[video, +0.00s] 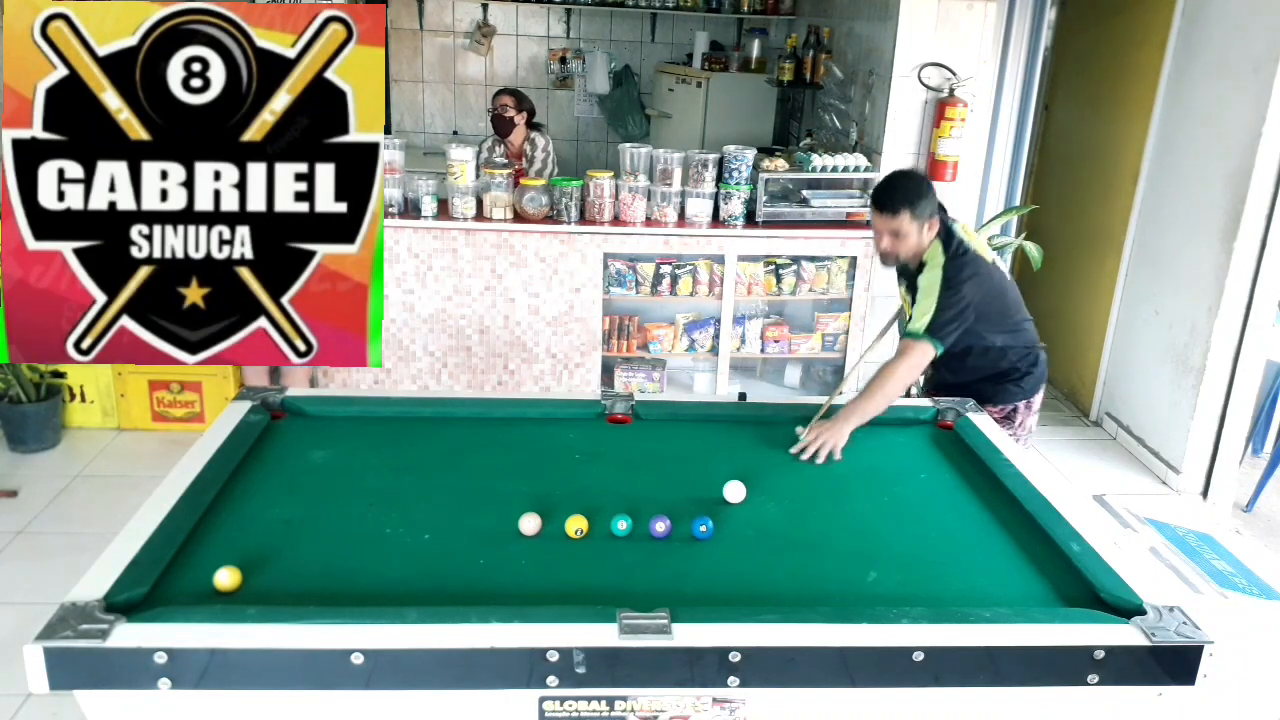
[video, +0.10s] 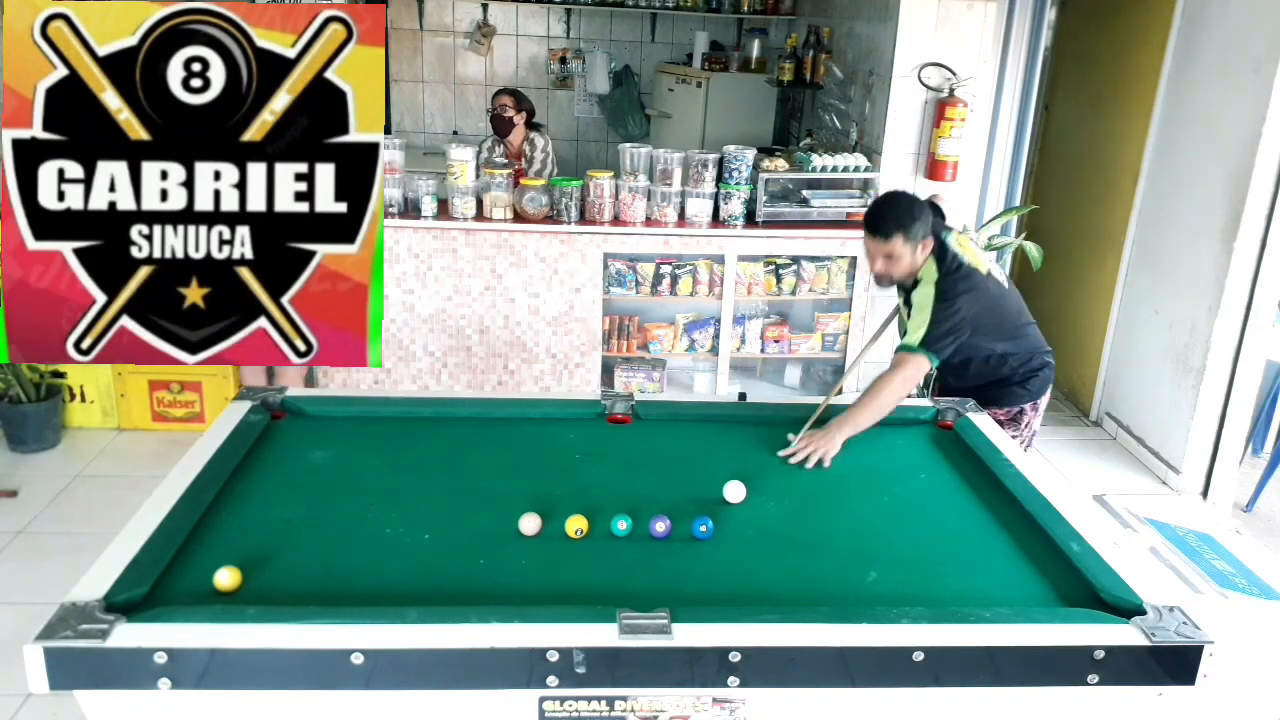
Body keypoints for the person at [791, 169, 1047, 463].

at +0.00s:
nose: (883, 246)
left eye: (895, 235)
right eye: (878, 233)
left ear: (930, 228)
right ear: (873, 222)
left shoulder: (956, 271)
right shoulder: (920, 239)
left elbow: (911, 362)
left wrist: (843, 422)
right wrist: (912, 301)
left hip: (1004, 390)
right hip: (949, 380)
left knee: (985, 495)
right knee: (936, 486)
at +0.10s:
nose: (876, 267)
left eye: (889, 258)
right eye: (871, 254)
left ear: (924, 249)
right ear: (864, 242)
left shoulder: (950, 288)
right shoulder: (921, 236)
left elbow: (906, 374)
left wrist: (835, 432)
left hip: (1013, 386)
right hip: (956, 377)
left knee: (987, 493)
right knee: (941, 482)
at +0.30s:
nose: (864, 314)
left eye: (877, 304)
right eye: (858, 301)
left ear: (910, 292)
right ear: (852, 284)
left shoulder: (939, 321)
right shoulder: (906, 252)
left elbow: (897, 396)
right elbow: (921, 218)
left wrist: (827, 439)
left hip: (1023, 381)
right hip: (964, 373)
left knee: (991, 482)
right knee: (949, 469)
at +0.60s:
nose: (857, 340)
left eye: (868, 329)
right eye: (849, 326)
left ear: (901, 316)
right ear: (843, 311)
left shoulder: (934, 343)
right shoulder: (897, 264)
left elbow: (899, 408)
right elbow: (911, 233)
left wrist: (828, 440)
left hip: (1026, 378)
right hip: (976, 364)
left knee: (991, 478)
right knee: (951, 461)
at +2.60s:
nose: (844, 350)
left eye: (854, 339)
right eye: (837, 336)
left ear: (889, 326)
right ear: (832, 318)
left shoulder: (926, 350)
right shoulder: (885, 272)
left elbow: (894, 415)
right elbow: (902, 228)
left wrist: (823, 440)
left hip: (1021, 375)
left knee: (984, 475)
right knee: (945, 459)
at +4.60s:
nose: (845, 351)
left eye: (856, 341)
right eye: (838, 338)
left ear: (891, 328)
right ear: (834, 322)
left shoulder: (929, 353)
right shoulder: (886, 276)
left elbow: (895, 417)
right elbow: (898, 234)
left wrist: (824, 439)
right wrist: (873, 271)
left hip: (1021, 375)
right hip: (971, 360)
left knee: (986, 475)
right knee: (946, 458)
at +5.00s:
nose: (849, 338)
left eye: (861, 327)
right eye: (842, 324)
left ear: (895, 316)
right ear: (837, 309)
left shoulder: (930, 342)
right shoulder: (894, 269)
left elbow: (894, 412)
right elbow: (897, 240)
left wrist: (823, 441)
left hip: (1020, 376)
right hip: (970, 363)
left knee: (988, 475)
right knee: (947, 459)